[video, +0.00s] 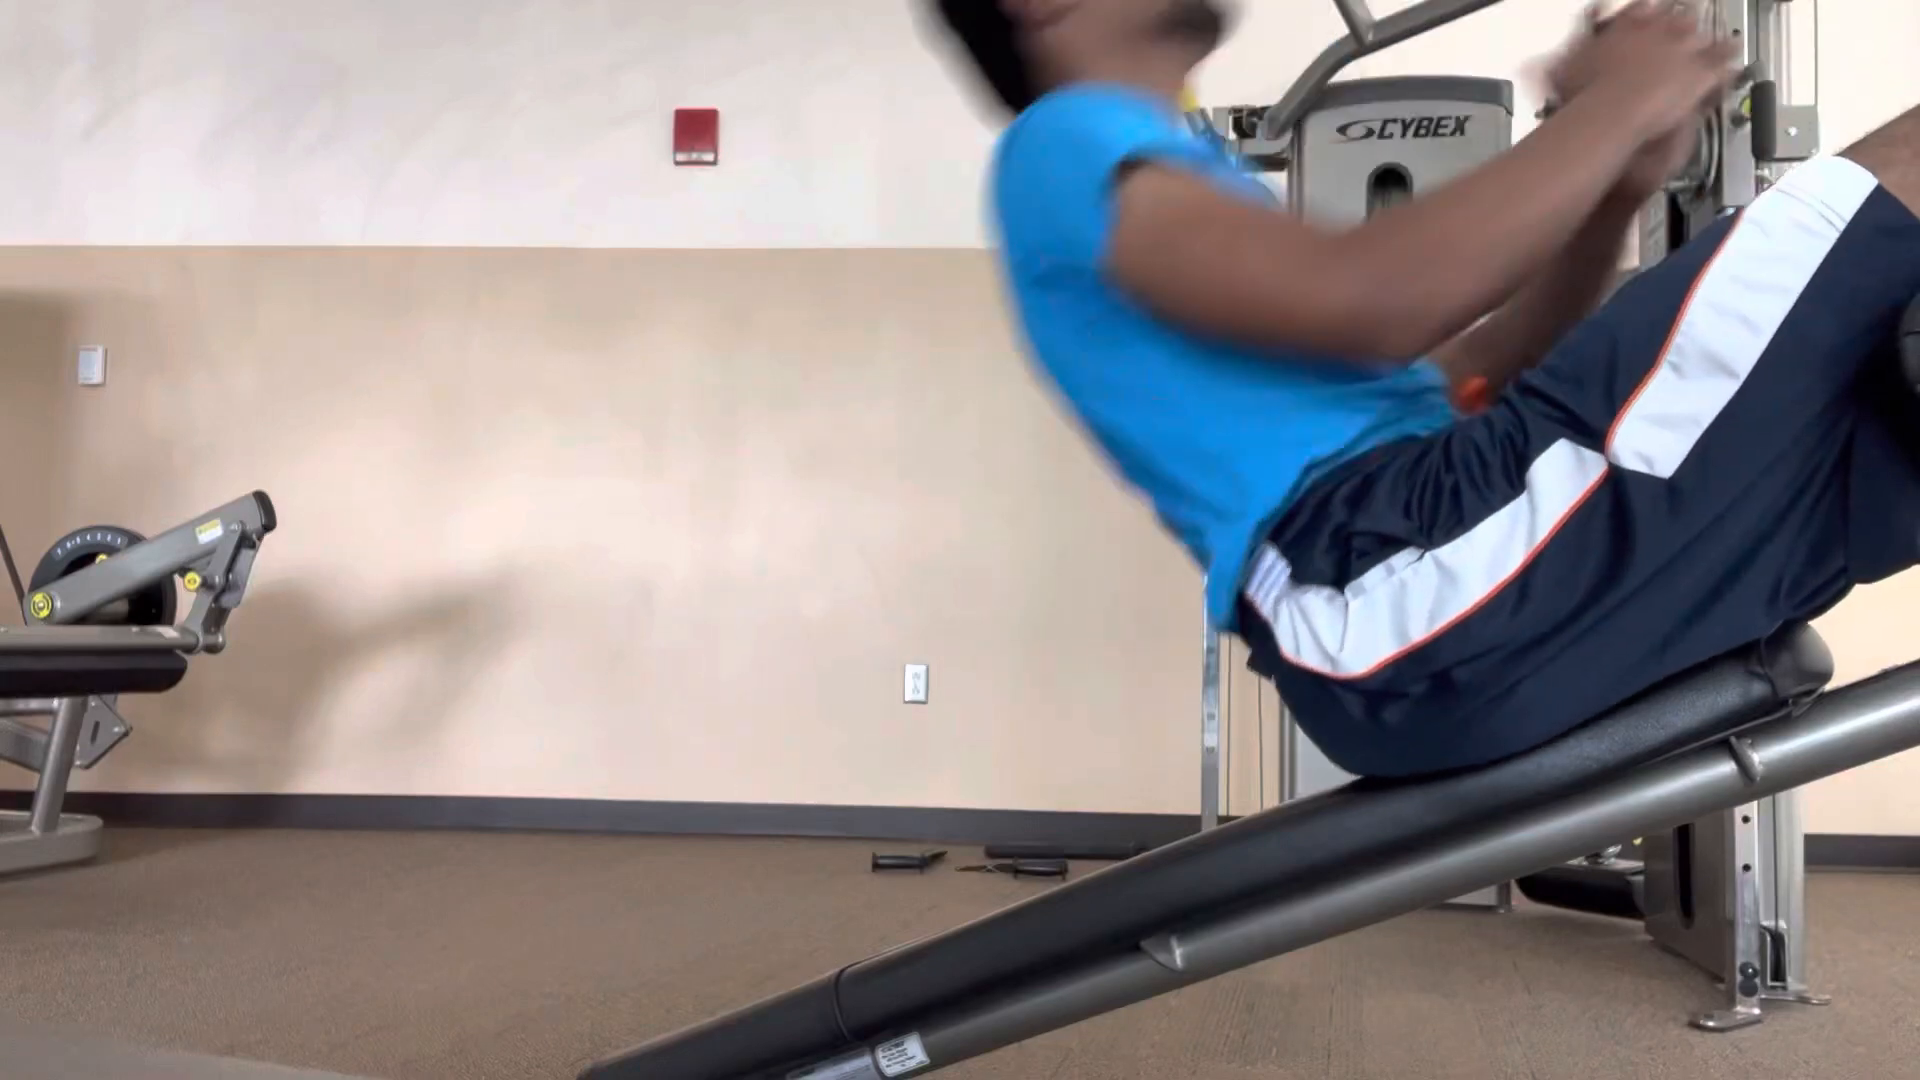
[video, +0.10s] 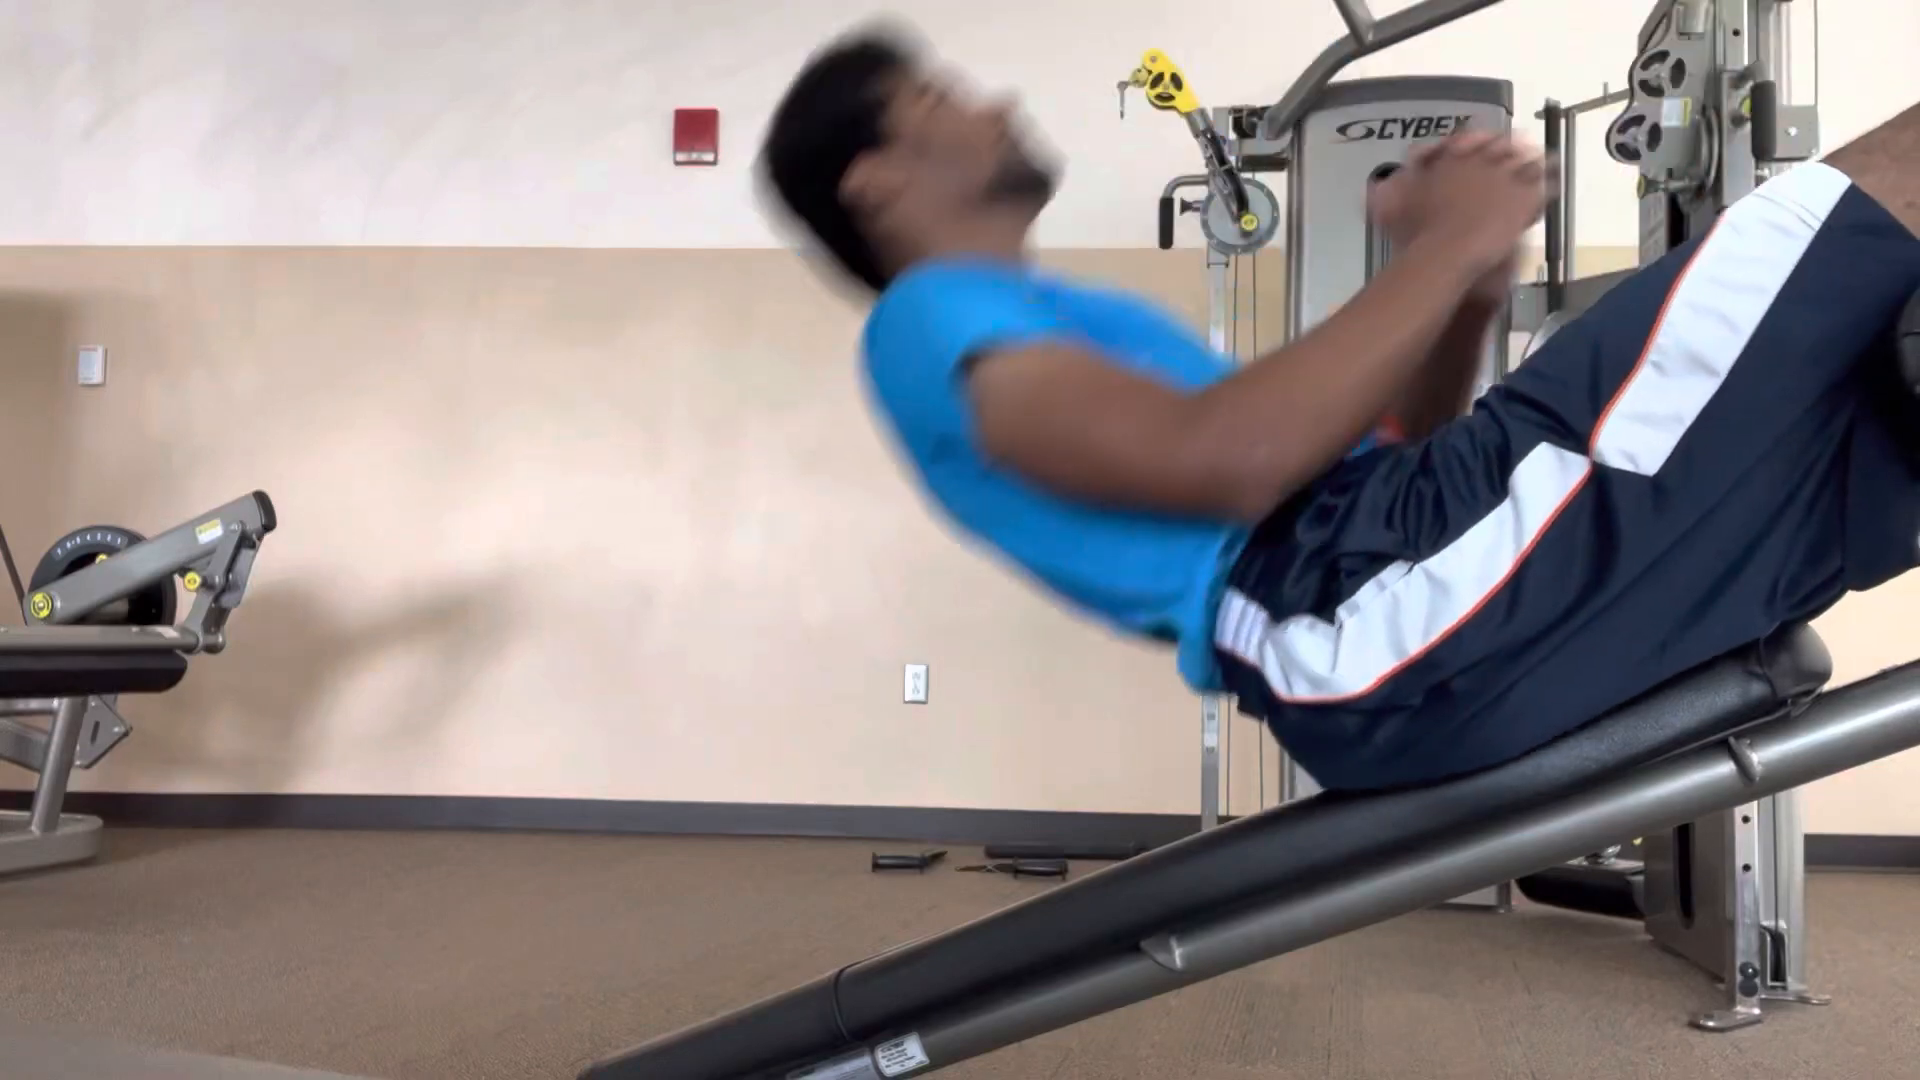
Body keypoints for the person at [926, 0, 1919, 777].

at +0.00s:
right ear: (1034, 8)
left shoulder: (1207, 184)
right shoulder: (1063, 143)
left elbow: (1466, 378)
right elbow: (1373, 300)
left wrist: (1617, 177)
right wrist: (1615, 104)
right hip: (1375, 586)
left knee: (1901, 441)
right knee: (1897, 166)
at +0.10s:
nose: (989, 96)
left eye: (959, 80)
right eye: (939, 92)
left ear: (905, 176)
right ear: (878, 180)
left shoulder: (1079, 324)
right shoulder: (930, 318)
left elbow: (1380, 476)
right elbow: (1222, 456)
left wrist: (1462, 286)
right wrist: (1442, 257)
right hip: (1355, 625)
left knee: (1885, 456)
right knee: (1869, 185)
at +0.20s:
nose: (865, 283)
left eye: (833, 270)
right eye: (812, 295)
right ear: (775, 391)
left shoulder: (968, 472)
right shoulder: (859, 495)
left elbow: (1286, 553)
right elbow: (1157, 574)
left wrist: (1313, 358)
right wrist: (1276, 337)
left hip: (1383, 605)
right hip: (1350, 650)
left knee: (1876, 429)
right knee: (1879, 171)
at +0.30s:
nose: (805, 452)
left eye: (773, 443)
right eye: (755, 472)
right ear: (730, 569)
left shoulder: (918, 616)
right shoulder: (821, 651)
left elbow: (1237, 495)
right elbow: (1098, 534)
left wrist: (1064, 381)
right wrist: (1051, 353)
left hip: (1331, 623)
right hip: (1309, 665)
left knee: (1859, 425)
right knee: (1837, 201)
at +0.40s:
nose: (791, 584)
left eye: (760, 581)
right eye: (746, 612)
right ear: (730, 704)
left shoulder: (956, 709)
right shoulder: (820, 778)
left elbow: (1107, 491)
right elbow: (904, 450)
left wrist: (903, 436)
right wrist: (806, 430)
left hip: (1310, 578)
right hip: (1304, 679)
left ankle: (1874, 199)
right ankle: (1867, 201)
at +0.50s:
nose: (764, 671)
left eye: (743, 673)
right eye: (727, 687)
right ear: (719, 745)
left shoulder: (908, 783)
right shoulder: (811, 830)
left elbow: (937, 562)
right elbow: (675, 521)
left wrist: (740, 599)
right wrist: (657, 589)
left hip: (1311, 605)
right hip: (1309, 676)